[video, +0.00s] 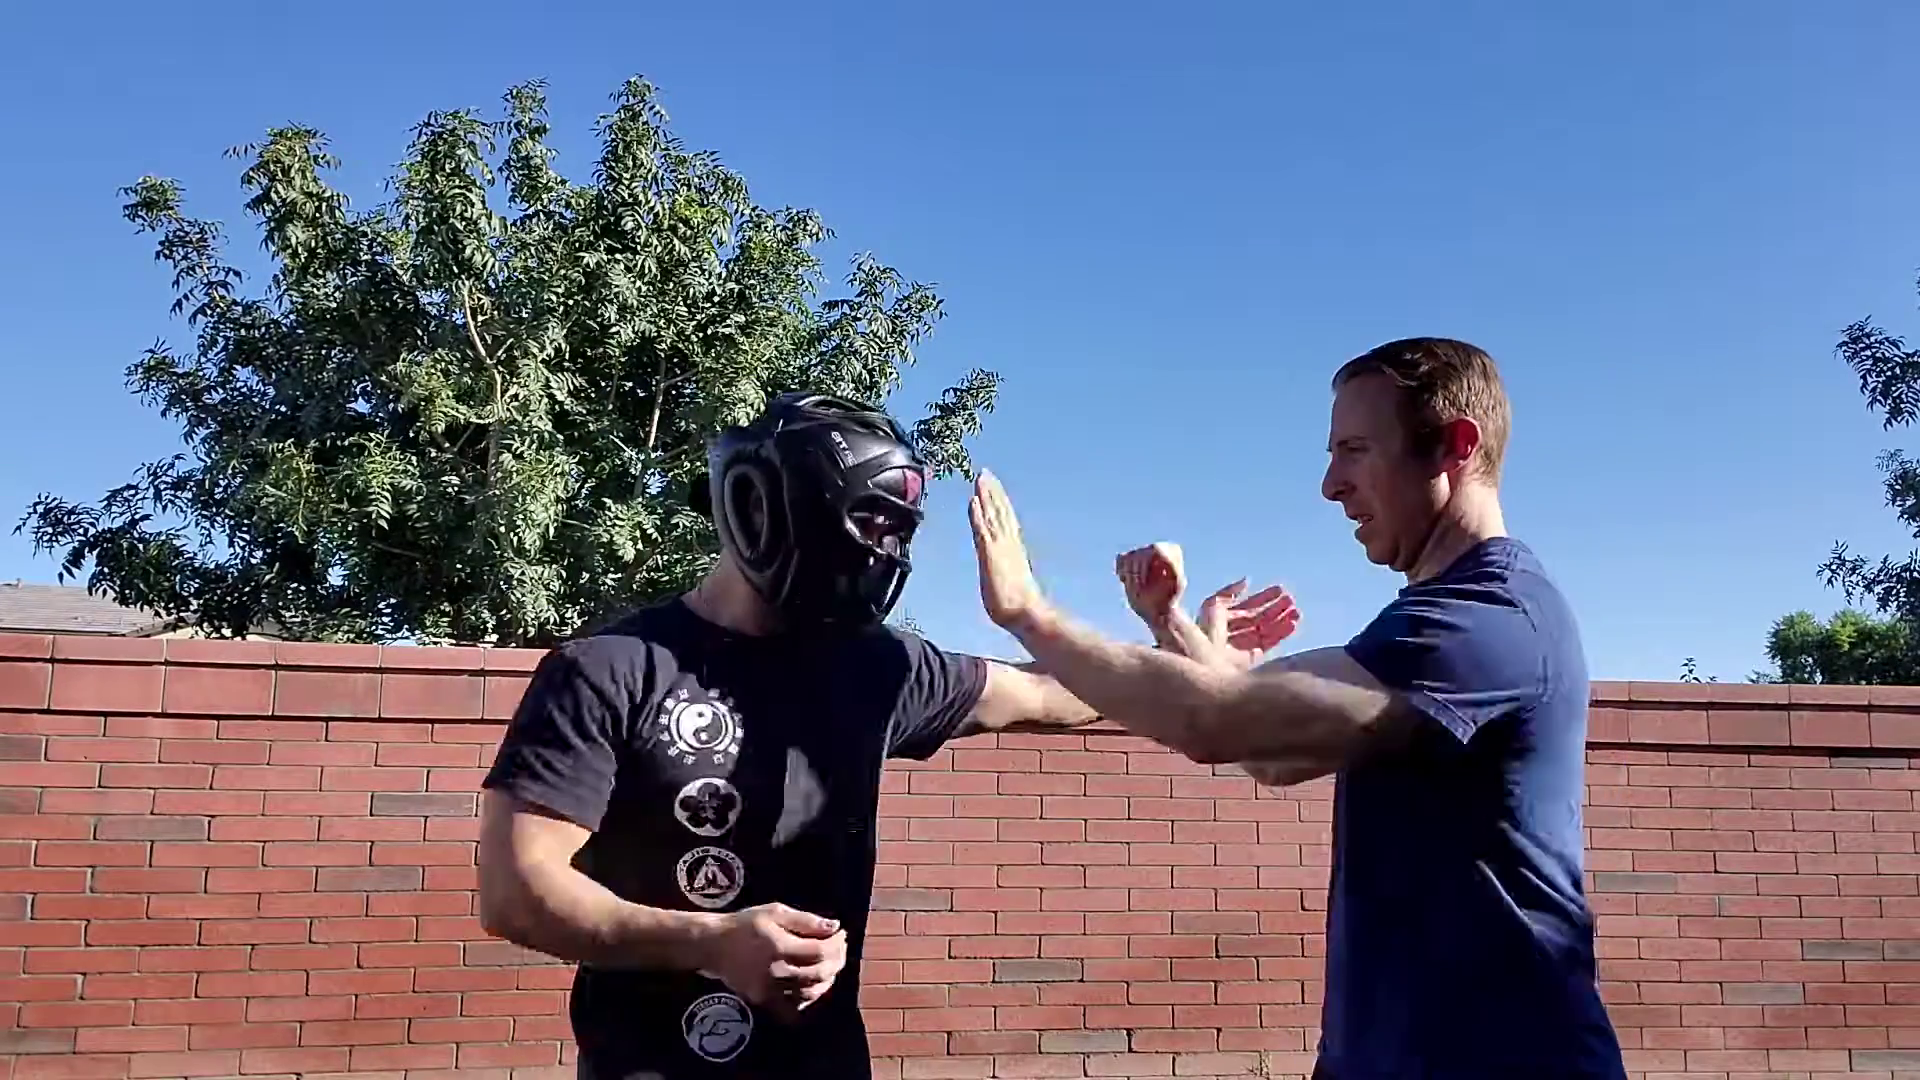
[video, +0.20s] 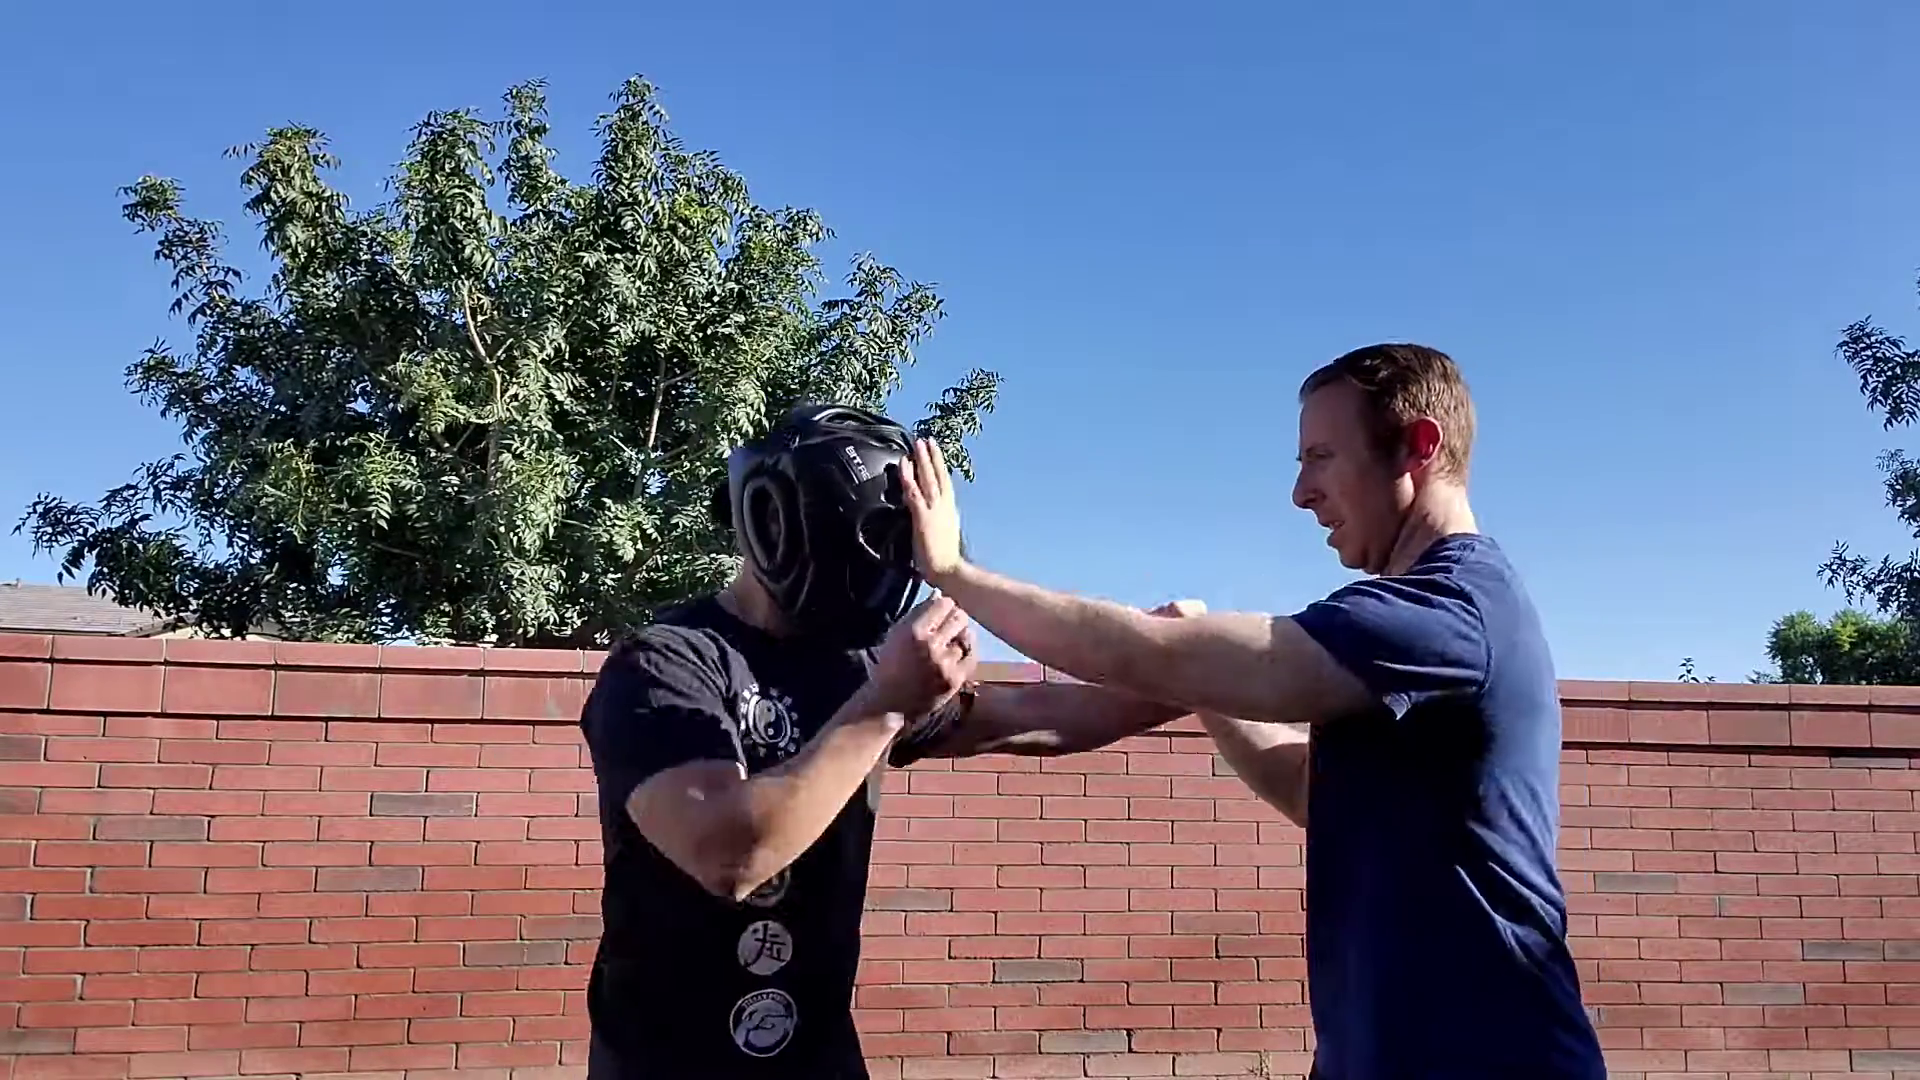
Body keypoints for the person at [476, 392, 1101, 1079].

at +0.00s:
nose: (884, 553)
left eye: (894, 531)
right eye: (865, 525)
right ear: (767, 511)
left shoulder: (879, 671)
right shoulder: (608, 672)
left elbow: (1044, 695)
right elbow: (517, 892)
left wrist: (1175, 668)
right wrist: (712, 942)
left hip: (823, 1064)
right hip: (650, 1062)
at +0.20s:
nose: (893, 571)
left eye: (896, 547)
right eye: (875, 543)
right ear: (806, 532)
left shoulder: (854, 667)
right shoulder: (659, 669)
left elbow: (1032, 716)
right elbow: (735, 854)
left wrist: (1184, 676)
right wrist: (883, 703)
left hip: (820, 1053)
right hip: (669, 1058)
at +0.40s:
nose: (929, 542)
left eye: (927, 519)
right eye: (908, 518)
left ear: (800, 528)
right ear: (839, 523)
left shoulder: (754, 645)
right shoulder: (778, 640)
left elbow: (728, 905)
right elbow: (1010, 628)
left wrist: (878, 907)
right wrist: (1221, 553)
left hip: (749, 1051)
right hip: (729, 1059)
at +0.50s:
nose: (939, 549)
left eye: (939, 527)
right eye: (929, 525)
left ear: (801, 533)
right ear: (880, 531)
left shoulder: (718, 656)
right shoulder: (817, 649)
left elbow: (628, 824)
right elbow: (1018, 669)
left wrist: (719, 918)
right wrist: (1258, 651)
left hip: (677, 1048)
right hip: (766, 1056)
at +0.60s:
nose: (927, 562)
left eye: (930, 535)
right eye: (917, 535)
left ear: (796, 524)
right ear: (862, 531)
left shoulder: (726, 648)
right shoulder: (793, 655)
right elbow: (1021, 679)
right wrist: (1247, 659)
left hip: (671, 1054)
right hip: (758, 1060)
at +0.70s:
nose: (915, 557)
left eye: (918, 532)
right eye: (903, 527)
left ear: (814, 515)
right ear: (818, 513)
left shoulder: (816, 658)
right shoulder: (704, 649)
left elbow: (909, 769)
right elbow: (876, 807)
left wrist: (1095, 751)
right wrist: (1075, 742)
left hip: (810, 1047)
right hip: (696, 1055)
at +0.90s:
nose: (904, 575)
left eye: (915, 550)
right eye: (885, 544)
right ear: (800, 525)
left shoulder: (883, 676)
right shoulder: (655, 659)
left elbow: (1047, 686)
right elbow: (587, 871)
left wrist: (1194, 659)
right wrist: (778, 845)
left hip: (840, 1057)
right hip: (685, 1059)